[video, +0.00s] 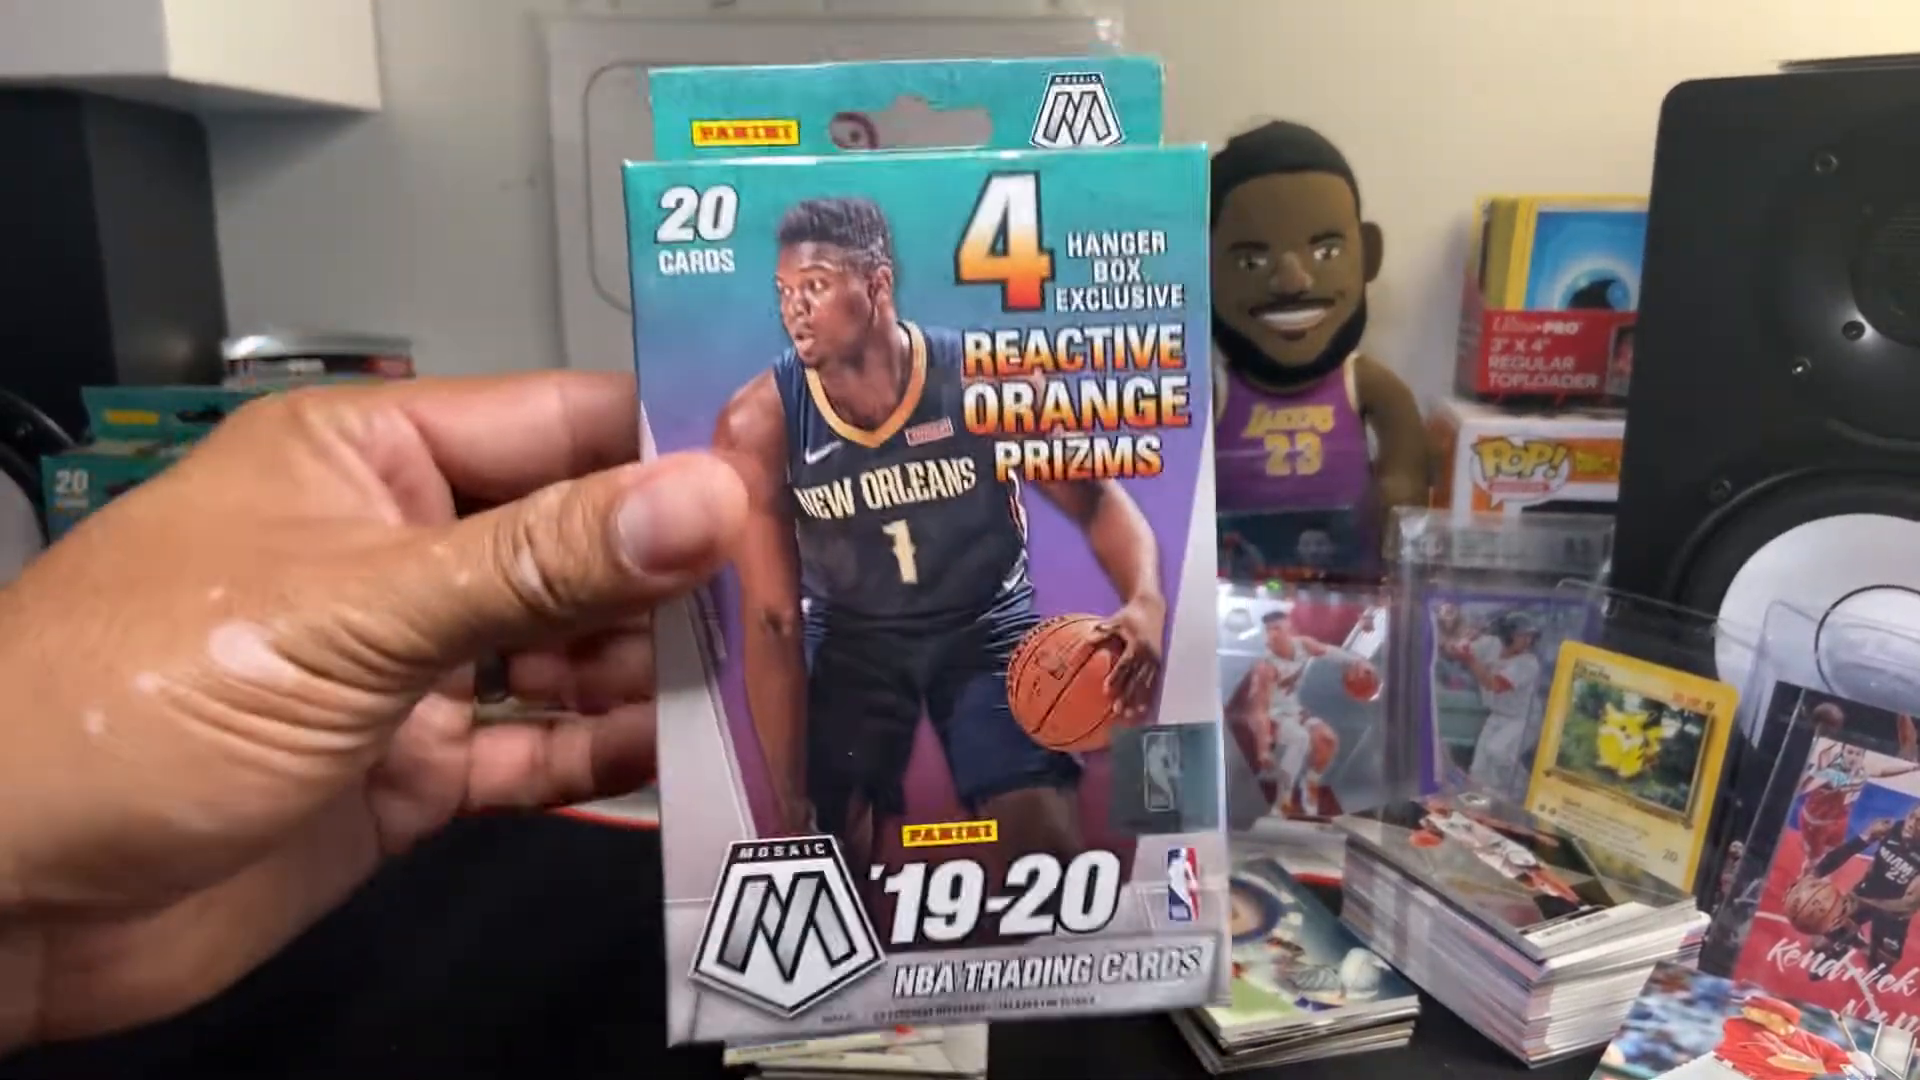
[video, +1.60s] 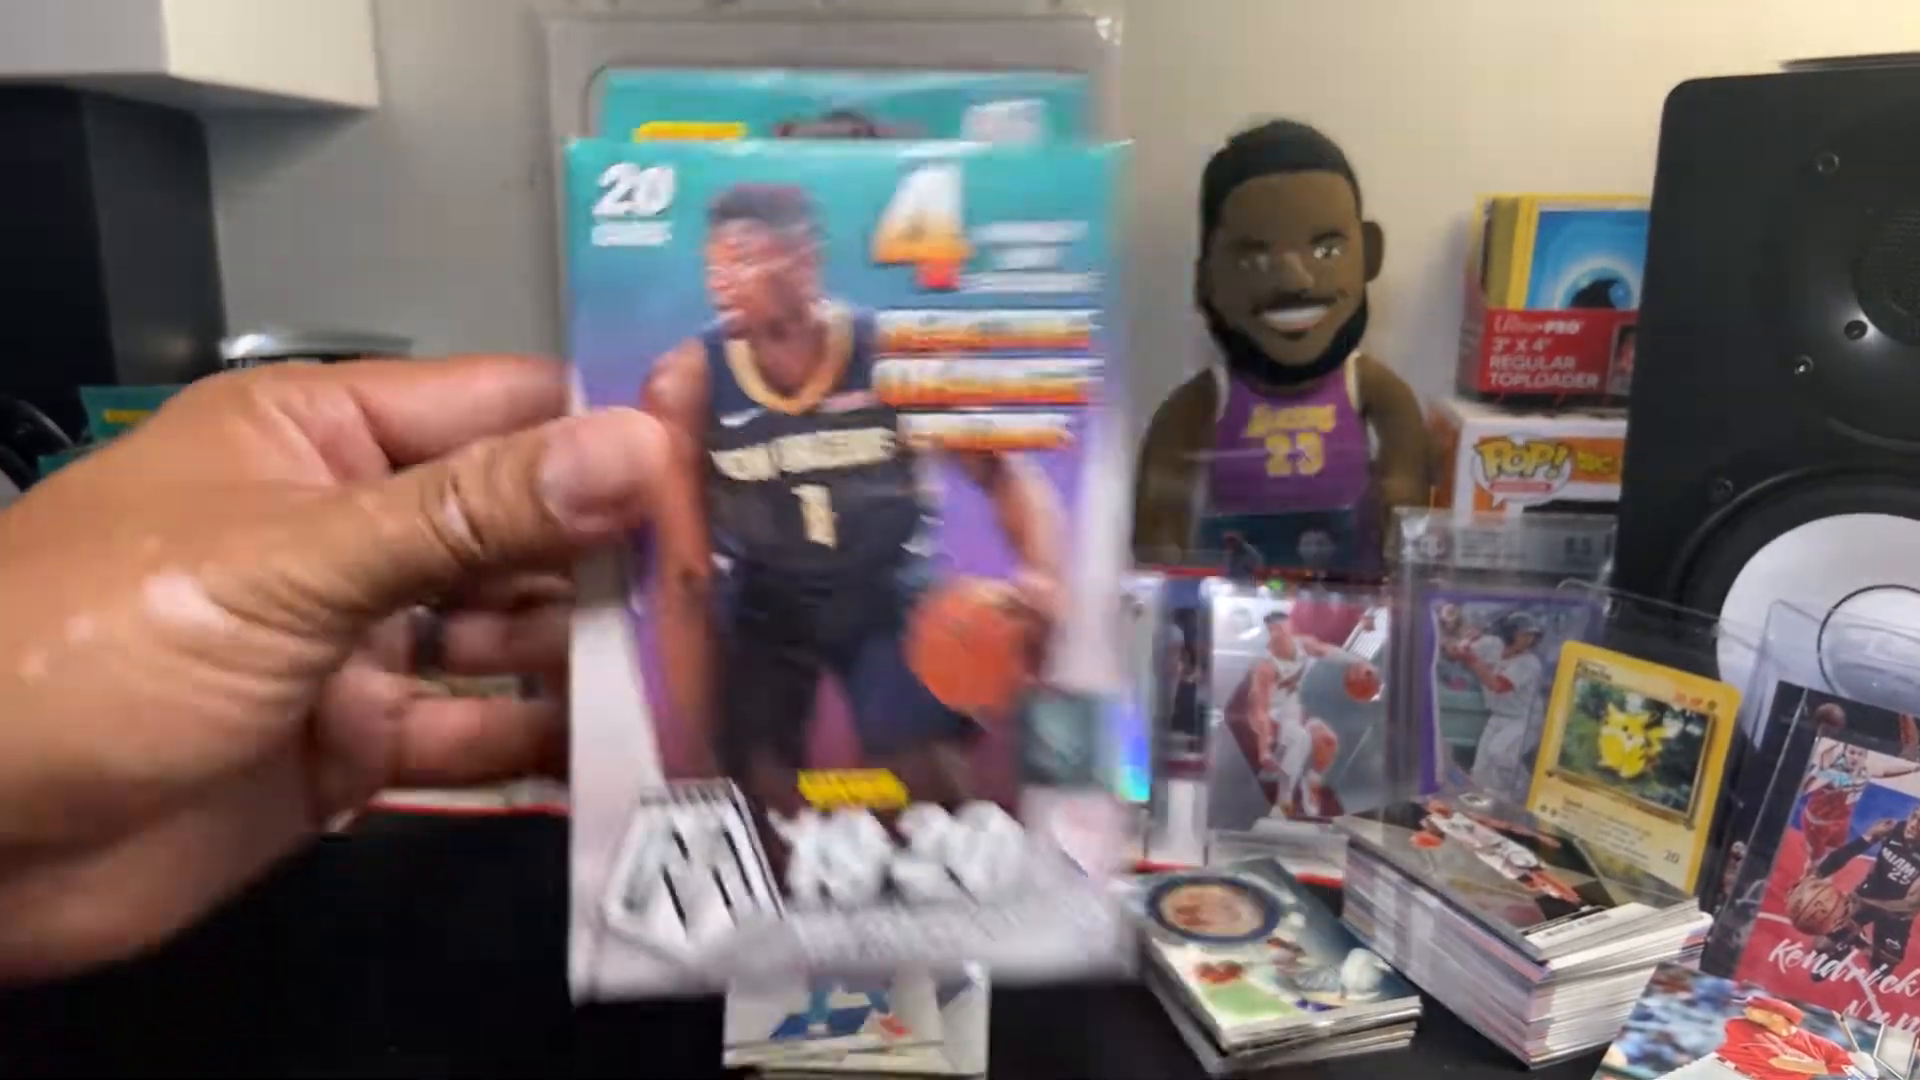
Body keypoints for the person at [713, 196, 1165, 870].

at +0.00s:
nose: (794, 309)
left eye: (815, 286)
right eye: (785, 291)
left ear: (879, 286)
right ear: (777, 299)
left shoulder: (982, 379)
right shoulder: (759, 423)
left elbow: (1093, 499)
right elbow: (771, 621)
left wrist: (1147, 600)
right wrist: (788, 798)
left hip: (989, 629)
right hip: (856, 643)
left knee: (1040, 840)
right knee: (829, 859)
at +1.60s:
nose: (720, 282)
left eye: (742, 260)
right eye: (715, 263)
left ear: (803, 263)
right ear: (708, 272)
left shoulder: (893, 358)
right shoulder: (686, 385)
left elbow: (1002, 473)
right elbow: (686, 580)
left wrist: (1042, 577)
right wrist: (690, 761)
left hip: (886, 600)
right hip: (768, 607)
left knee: (926, 769)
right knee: (757, 787)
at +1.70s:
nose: (666, 296)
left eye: (684, 277)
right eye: (660, 281)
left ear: (738, 280)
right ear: (653, 288)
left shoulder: (819, 360)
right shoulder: (637, 386)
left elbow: (912, 461)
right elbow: (640, 553)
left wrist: (948, 544)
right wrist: (653, 702)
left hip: (819, 564)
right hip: (714, 572)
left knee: (859, 717)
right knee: (704, 733)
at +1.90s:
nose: (637, 302)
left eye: (655, 283)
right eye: (630, 289)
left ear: (707, 283)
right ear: (624, 298)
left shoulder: (788, 358)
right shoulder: (610, 389)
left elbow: (879, 454)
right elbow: (618, 552)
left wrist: (920, 533)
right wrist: (632, 698)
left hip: (797, 558)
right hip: (688, 568)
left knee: (840, 728)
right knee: (669, 739)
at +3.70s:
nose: (663, 314)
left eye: (681, 294)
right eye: (655, 297)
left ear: (738, 291)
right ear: (648, 302)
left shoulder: (827, 370)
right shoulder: (636, 407)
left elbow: (926, 474)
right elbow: (648, 580)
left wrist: (972, 558)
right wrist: (664, 732)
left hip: (834, 587)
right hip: (722, 599)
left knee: (882, 763)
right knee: (707, 776)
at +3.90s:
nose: (666, 349)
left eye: (683, 330)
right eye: (657, 334)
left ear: (738, 327)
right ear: (651, 339)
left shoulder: (827, 404)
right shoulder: (639, 444)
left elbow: (927, 503)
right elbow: (654, 612)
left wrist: (974, 587)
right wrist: (672, 761)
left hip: (840, 614)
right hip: (727, 628)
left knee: (888, 785)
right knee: (711, 801)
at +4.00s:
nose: (674, 363)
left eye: (691, 344)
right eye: (665, 347)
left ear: (746, 341)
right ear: (659, 353)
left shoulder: (835, 418)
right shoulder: (647, 455)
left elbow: (936, 517)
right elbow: (661, 626)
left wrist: (981, 600)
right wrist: (679, 771)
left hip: (846, 627)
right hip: (734, 642)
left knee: (895, 801)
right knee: (720, 820)